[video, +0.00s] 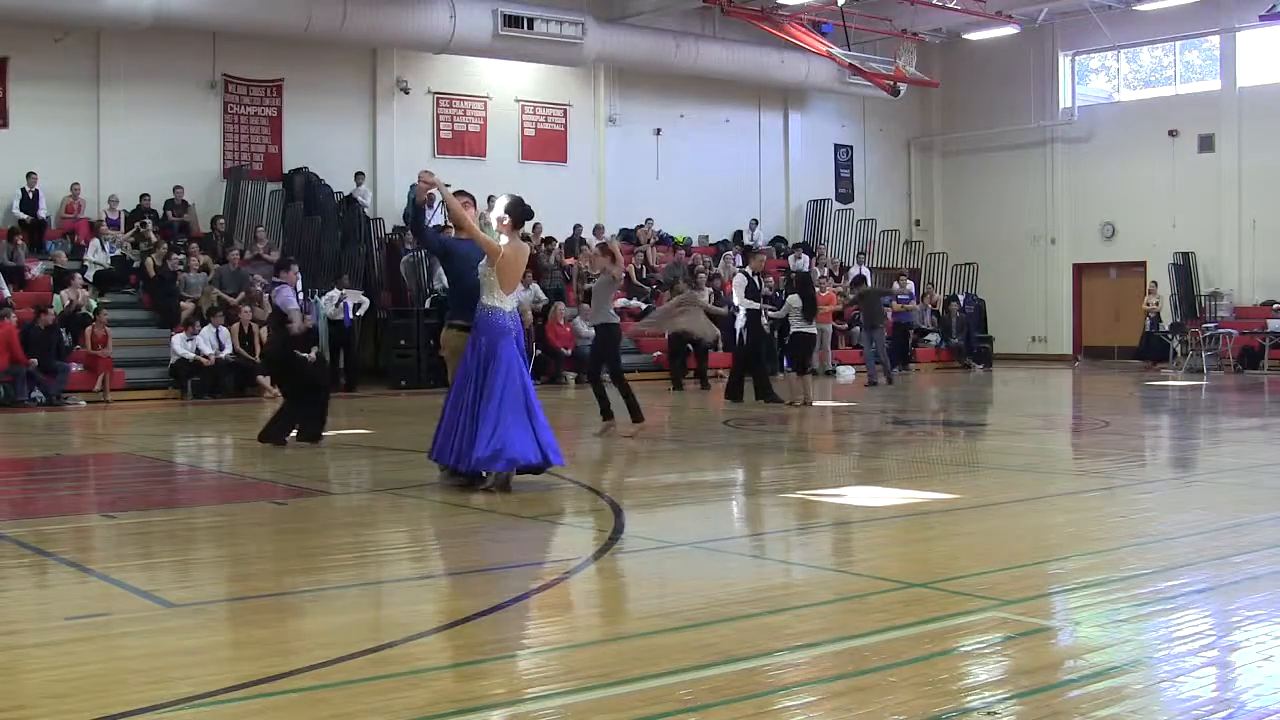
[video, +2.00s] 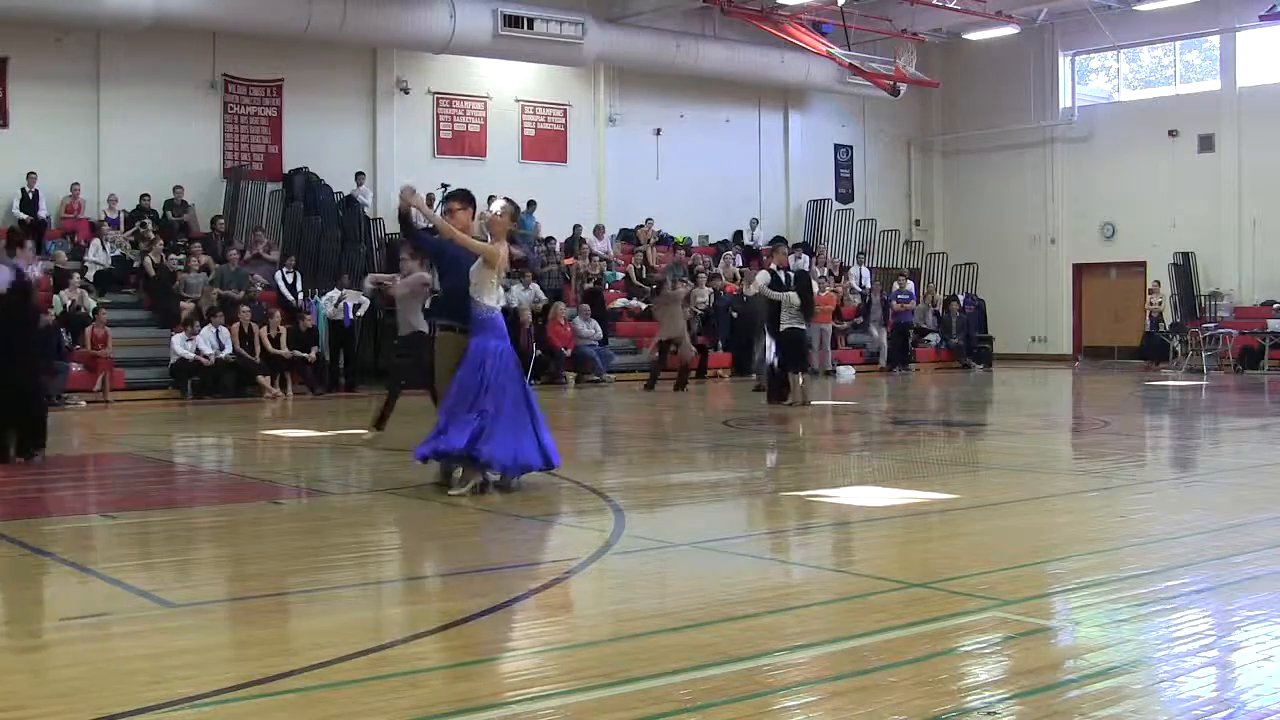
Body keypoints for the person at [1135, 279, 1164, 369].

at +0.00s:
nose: (1151, 289)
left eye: (1153, 287)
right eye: (1150, 287)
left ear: (1156, 288)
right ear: (1148, 288)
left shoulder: (1159, 297)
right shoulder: (1147, 297)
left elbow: (1159, 308)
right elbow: (1143, 306)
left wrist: (1149, 309)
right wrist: (1152, 307)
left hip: (1156, 317)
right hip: (1148, 318)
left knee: (1156, 337)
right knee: (1147, 337)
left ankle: (1154, 360)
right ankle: (1146, 360)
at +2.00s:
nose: (1154, 288)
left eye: (1156, 286)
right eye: (1153, 286)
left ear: (1159, 287)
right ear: (1151, 287)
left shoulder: (1162, 296)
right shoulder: (1149, 296)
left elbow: (1161, 308)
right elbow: (1146, 307)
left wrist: (1150, 308)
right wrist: (1156, 307)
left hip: (1159, 319)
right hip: (1150, 319)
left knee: (1158, 340)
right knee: (1149, 339)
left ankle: (1157, 361)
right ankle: (1149, 361)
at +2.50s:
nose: (1153, 287)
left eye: (1154, 286)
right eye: (1152, 286)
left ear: (1158, 287)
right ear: (1151, 287)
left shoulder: (1160, 296)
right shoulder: (1148, 296)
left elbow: (1161, 308)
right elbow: (1145, 306)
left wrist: (1150, 309)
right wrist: (1156, 307)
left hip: (1157, 318)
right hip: (1149, 318)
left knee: (1156, 338)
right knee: (1149, 337)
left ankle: (1156, 360)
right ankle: (1150, 360)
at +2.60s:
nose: (1153, 288)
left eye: (1154, 286)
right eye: (1152, 286)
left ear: (1158, 287)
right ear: (1151, 287)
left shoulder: (1160, 296)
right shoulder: (1148, 296)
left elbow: (1161, 308)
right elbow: (1145, 306)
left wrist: (1150, 309)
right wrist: (1155, 306)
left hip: (1157, 318)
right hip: (1149, 318)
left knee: (1157, 339)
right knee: (1149, 338)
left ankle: (1156, 360)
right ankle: (1150, 360)